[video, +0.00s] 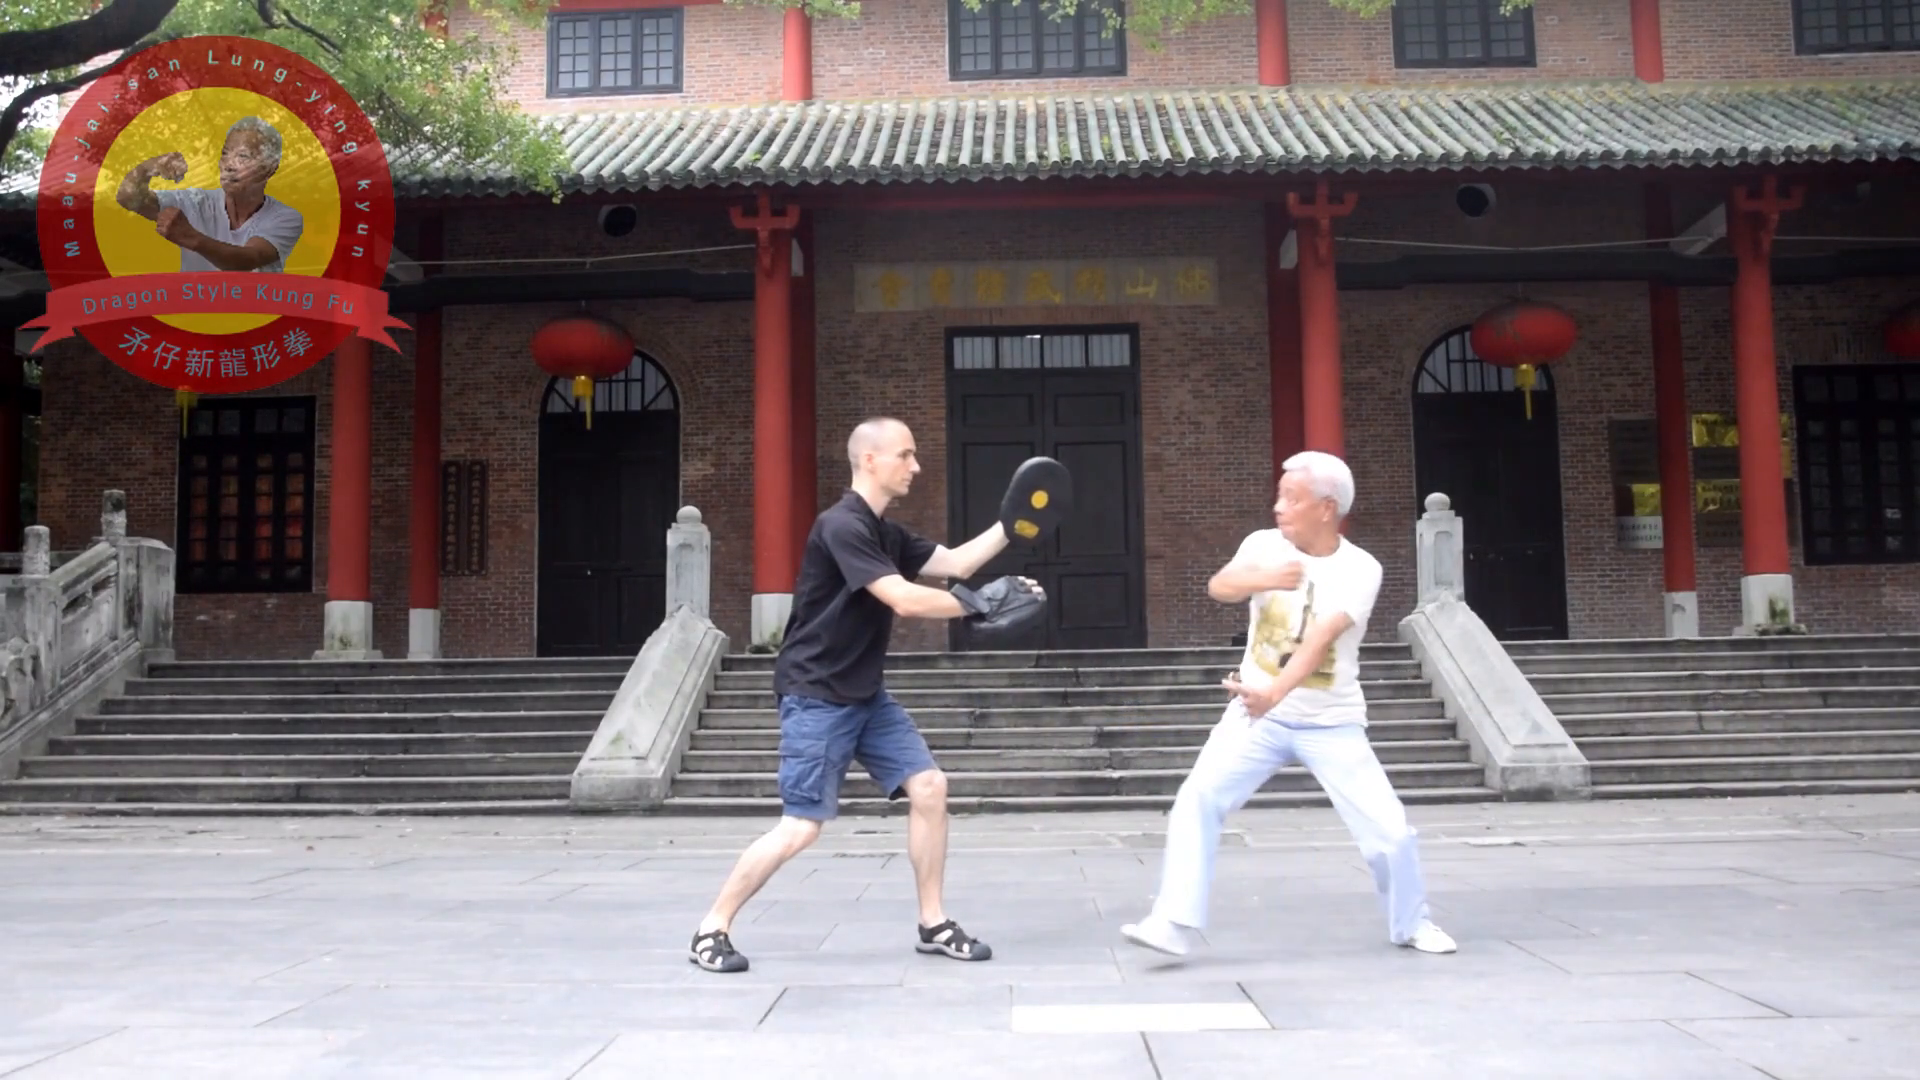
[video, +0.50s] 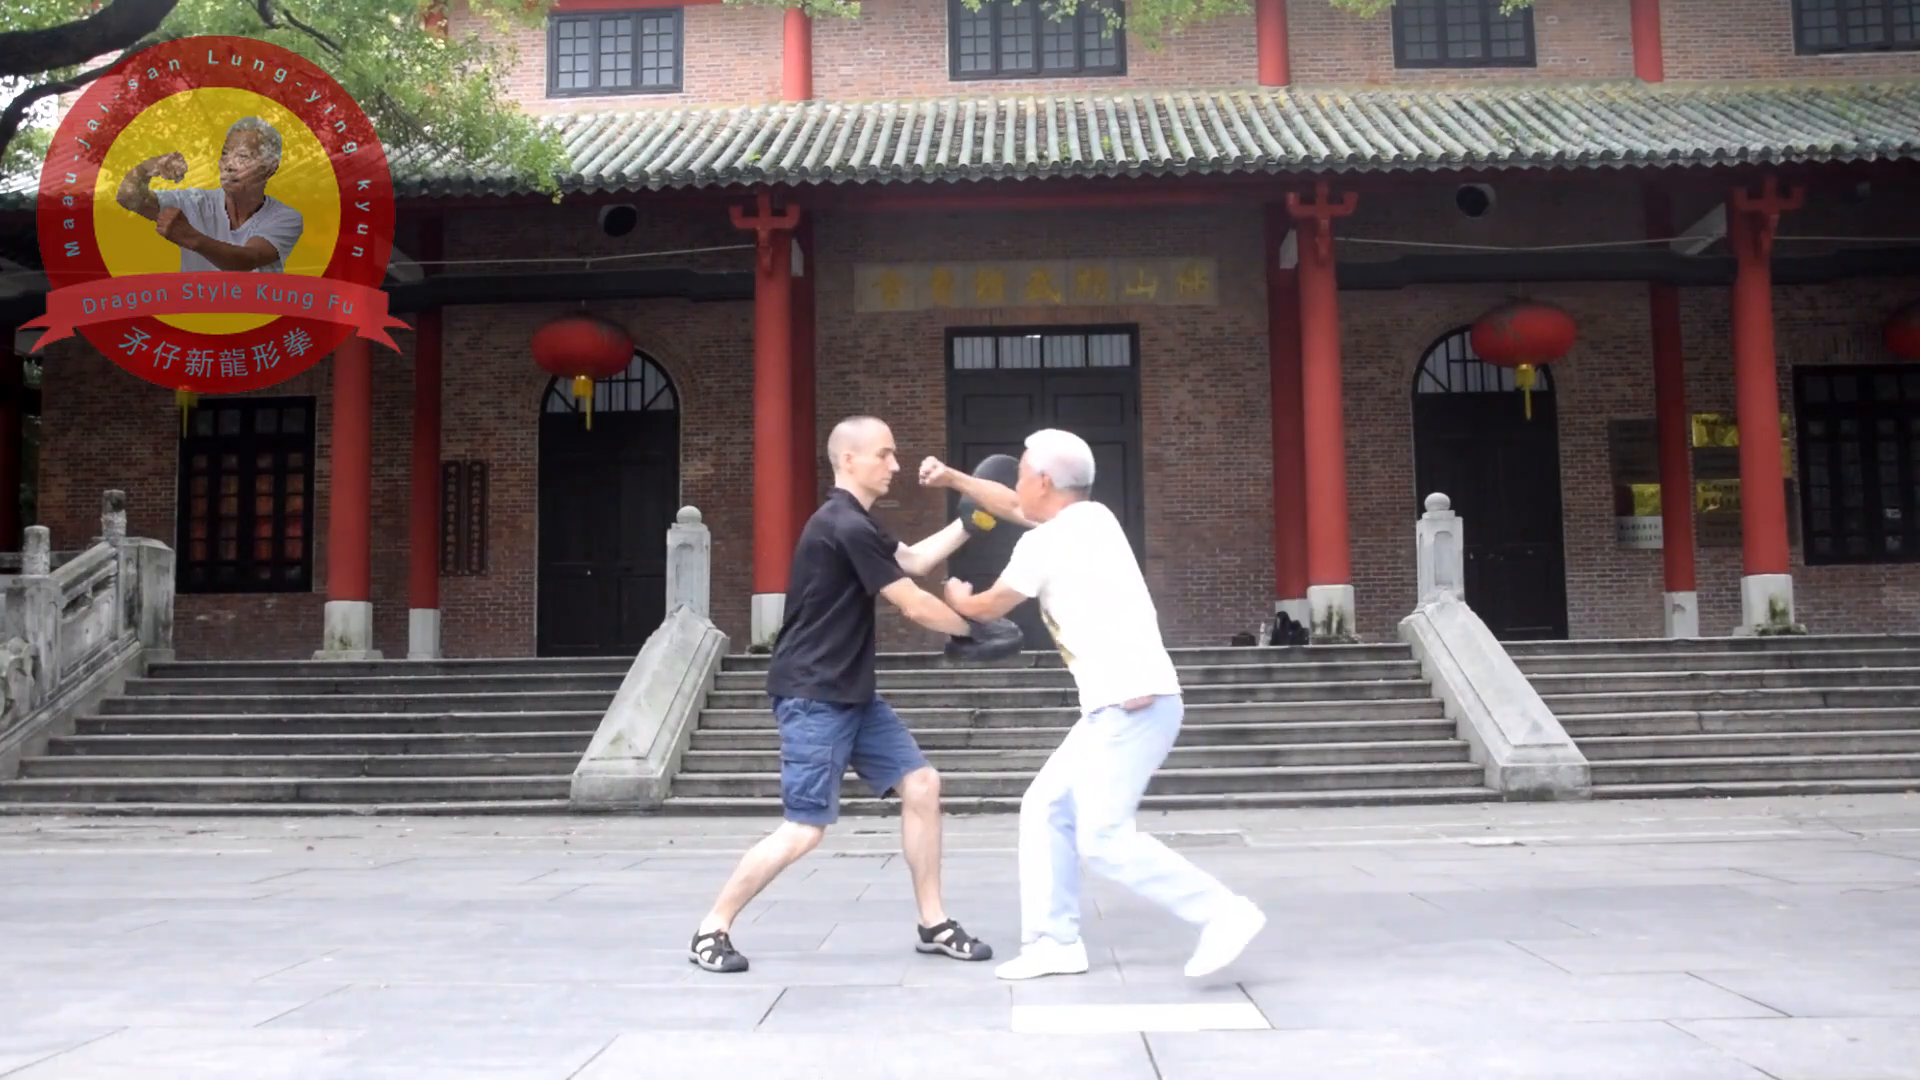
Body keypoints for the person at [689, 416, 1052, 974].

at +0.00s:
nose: (916, 466)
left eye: (914, 456)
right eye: (905, 455)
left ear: (879, 464)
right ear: (869, 462)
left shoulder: (884, 530)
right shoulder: (841, 525)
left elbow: (954, 564)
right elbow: (904, 601)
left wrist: (1013, 524)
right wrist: (983, 603)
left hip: (867, 695)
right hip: (816, 696)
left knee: (929, 789)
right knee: (802, 827)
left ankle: (934, 924)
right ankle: (712, 929)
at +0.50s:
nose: (896, 465)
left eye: (895, 454)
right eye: (885, 455)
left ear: (859, 463)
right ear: (848, 461)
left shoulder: (858, 520)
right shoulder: (845, 524)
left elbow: (917, 560)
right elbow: (913, 605)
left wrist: (972, 519)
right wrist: (972, 631)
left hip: (853, 693)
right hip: (812, 693)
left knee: (921, 787)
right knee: (803, 829)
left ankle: (934, 924)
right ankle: (713, 929)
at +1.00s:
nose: (805, 463)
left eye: (805, 453)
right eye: (793, 453)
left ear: (783, 462)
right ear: (758, 460)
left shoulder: (778, 530)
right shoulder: (743, 527)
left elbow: (817, 600)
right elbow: (774, 615)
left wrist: (881, 572)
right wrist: (839, 685)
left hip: (783, 694)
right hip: (737, 698)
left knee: (851, 794)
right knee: (781, 824)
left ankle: (915, 918)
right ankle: (686, 931)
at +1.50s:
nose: (672, 472)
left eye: (673, 463)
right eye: (661, 462)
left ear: (663, 473)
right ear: (624, 469)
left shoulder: (655, 540)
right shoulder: (592, 522)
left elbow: (696, 586)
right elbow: (640, 529)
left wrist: (736, 574)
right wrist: (697, 469)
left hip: (584, 686)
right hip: (569, 683)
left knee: (519, 811)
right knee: (663, 782)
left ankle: (429, 921)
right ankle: (646, 931)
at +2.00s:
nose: (623, 463)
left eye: (623, 453)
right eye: (610, 452)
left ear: (613, 460)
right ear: (573, 460)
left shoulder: (613, 521)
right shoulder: (551, 517)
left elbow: (637, 571)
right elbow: (603, 523)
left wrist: (653, 585)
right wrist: (658, 468)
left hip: (569, 683)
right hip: (552, 682)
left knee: (525, 814)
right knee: (641, 785)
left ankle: (430, 922)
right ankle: (629, 935)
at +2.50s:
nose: (600, 458)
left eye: (601, 450)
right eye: (587, 447)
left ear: (597, 460)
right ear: (551, 456)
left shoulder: (591, 525)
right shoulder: (530, 508)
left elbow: (621, 582)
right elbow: (579, 507)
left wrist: (654, 609)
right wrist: (628, 450)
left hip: (557, 682)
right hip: (539, 680)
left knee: (520, 810)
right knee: (628, 784)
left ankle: (428, 923)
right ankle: (628, 935)